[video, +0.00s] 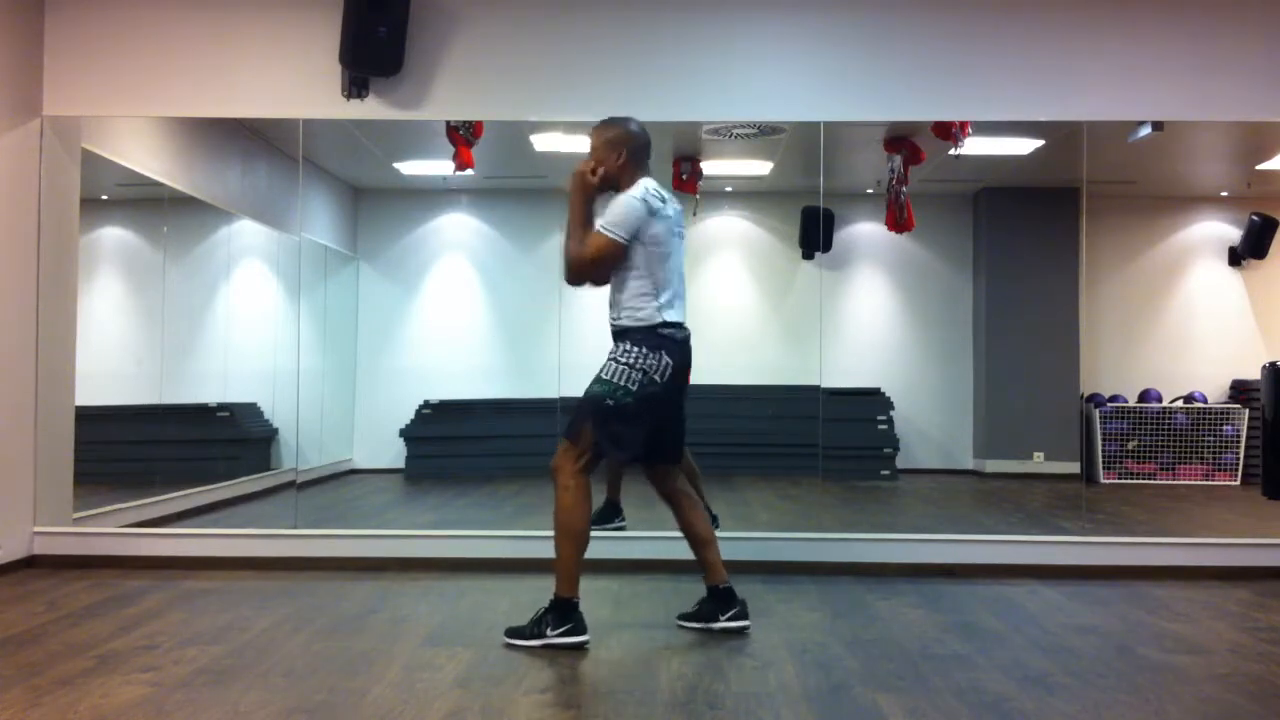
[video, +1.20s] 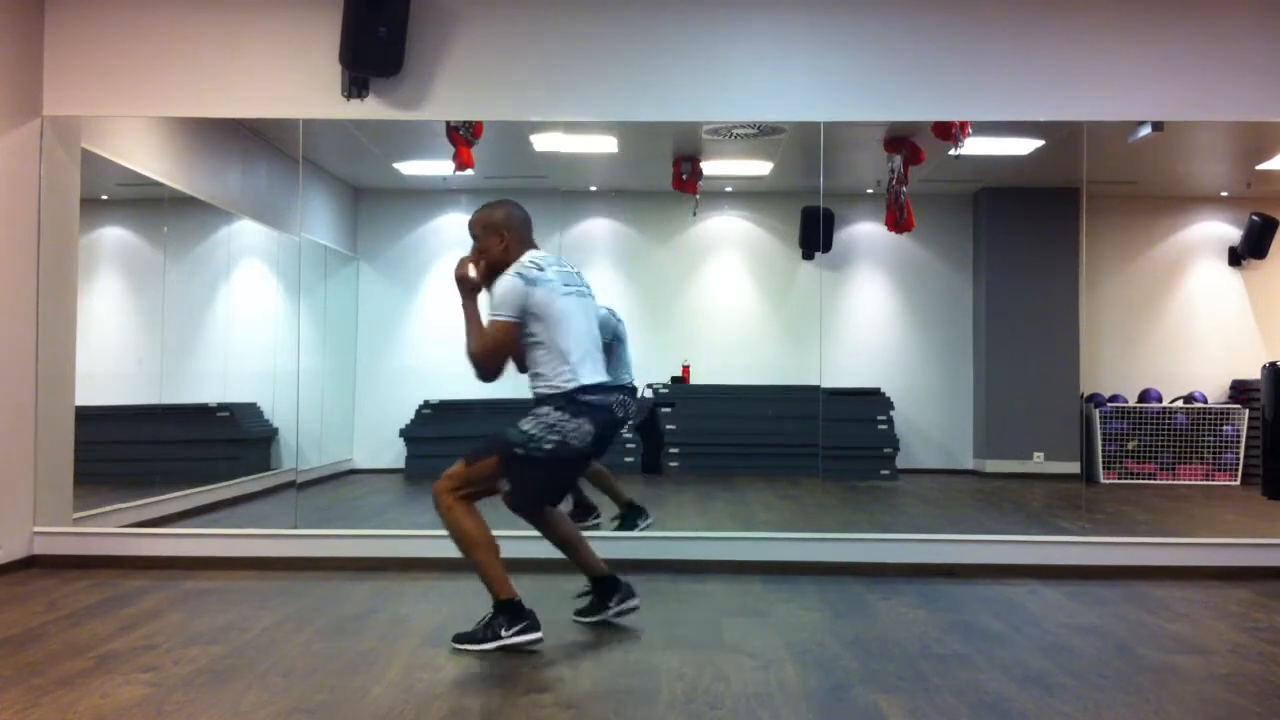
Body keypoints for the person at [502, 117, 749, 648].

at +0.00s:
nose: (590, 163)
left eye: (595, 154)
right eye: (591, 155)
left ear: (622, 156)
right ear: (633, 155)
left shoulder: (637, 199)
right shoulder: (659, 200)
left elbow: (577, 268)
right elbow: (600, 272)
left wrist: (578, 195)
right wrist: (590, 207)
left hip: (642, 350)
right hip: (664, 349)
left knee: (570, 464)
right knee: (669, 475)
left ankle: (564, 610)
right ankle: (722, 595)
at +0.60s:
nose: (572, 193)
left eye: (578, 183)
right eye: (575, 183)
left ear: (601, 185)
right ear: (623, 186)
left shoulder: (595, 228)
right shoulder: (663, 231)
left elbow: (552, 305)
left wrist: (559, 236)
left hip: (628, 375)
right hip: (668, 375)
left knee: (523, 464)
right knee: (640, 485)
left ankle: (530, 600)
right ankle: (715, 582)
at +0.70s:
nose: (559, 234)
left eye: (560, 225)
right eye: (558, 226)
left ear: (578, 217)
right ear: (605, 213)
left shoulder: (581, 253)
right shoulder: (654, 254)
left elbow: (554, 344)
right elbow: (652, 329)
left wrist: (548, 277)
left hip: (620, 397)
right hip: (663, 395)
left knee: (513, 473)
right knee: (633, 498)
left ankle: (516, 609)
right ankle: (715, 592)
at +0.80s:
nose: (528, 250)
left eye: (530, 238)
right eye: (526, 240)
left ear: (553, 231)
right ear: (570, 229)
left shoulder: (579, 267)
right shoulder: (613, 261)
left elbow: (554, 358)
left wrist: (523, 299)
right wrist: (542, 287)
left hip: (618, 412)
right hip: (647, 411)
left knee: (503, 475)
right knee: (607, 515)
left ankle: (516, 613)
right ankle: (708, 588)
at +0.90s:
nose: (501, 253)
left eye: (505, 242)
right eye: (499, 243)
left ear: (534, 240)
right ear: (537, 240)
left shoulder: (583, 278)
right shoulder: (552, 284)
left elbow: (562, 366)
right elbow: (528, 363)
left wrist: (515, 303)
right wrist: (506, 301)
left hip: (613, 413)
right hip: (605, 411)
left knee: (494, 475)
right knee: (578, 525)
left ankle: (517, 615)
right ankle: (692, 575)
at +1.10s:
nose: (474, 255)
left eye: (476, 244)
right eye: (471, 246)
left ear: (506, 241)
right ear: (514, 242)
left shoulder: (544, 286)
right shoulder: (557, 275)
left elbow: (510, 369)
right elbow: (515, 358)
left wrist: (480, 300)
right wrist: (482, 301)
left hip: (585, 412)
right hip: (602, 408)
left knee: (467, 483)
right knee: (525, 501)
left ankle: (514, 615)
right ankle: (616, 577)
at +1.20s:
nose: (475, 252)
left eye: (478, 241)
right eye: (473, 242)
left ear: (502, 238)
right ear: (523, 237)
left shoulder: (516, 278)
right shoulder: (565, 270)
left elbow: (487, 365)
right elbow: (534, 361)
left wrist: (468, 296)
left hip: (566, 412)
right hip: (604, 408)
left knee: (450, 491)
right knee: (523, 498)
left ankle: (510, 612)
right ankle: (607, 586)